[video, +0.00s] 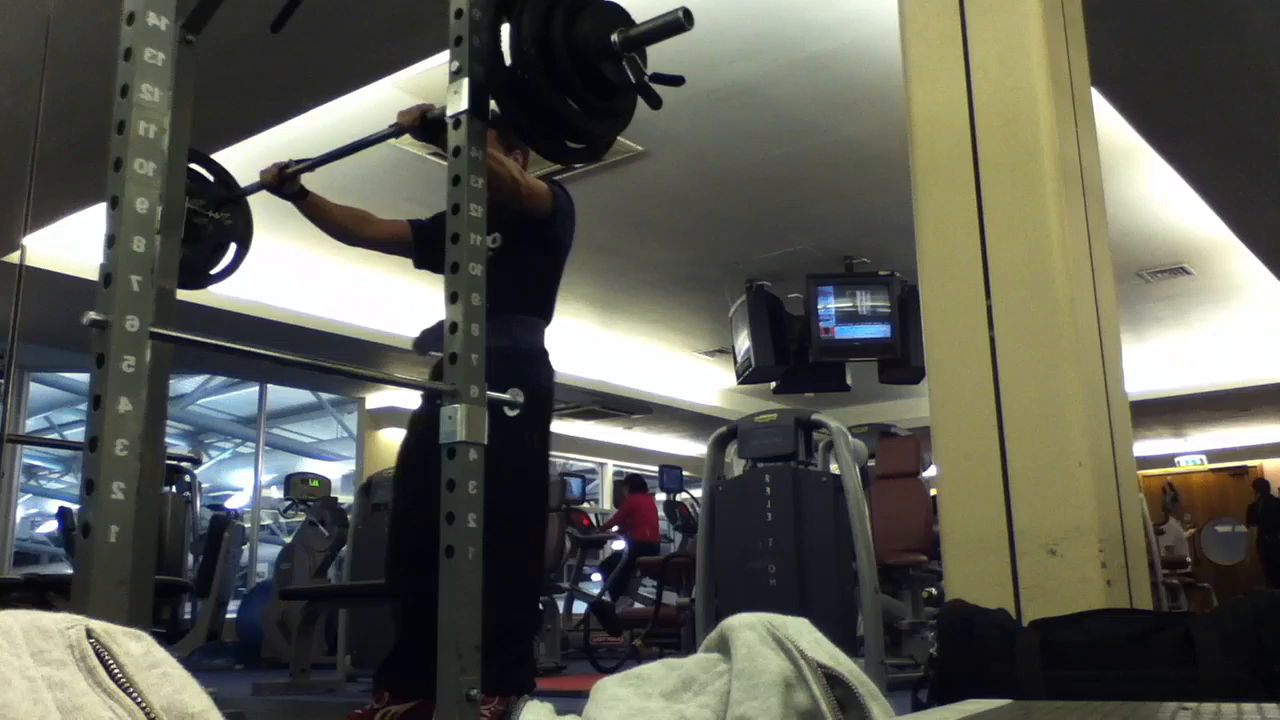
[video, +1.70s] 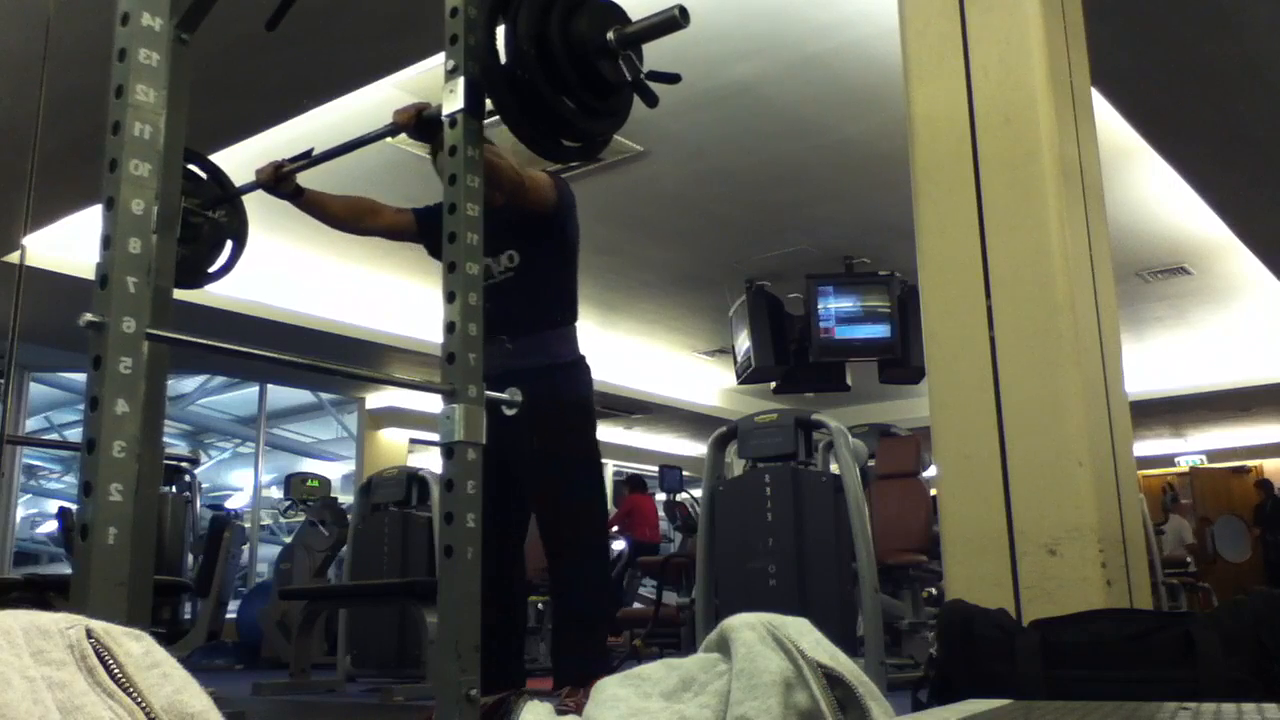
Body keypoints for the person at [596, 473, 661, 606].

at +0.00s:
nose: (624, 492)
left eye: (625, 488)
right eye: (624, 488)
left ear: (630, 488)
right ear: (644, 487)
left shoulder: (632, 500)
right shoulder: (650, 500)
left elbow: (616, 519)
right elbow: (637, 522)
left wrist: (601, 529)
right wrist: (619, 532)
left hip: (637, 546)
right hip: (654, 547)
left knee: (606, 566)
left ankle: (619, 599)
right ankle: (626, 598)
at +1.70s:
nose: (625, 491)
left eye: (626, 488)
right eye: (625, 488)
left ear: (631, 488)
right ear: (644, 487)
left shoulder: (631, 500)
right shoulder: (650, 500)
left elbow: (617, 518)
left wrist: (606, 527)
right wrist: (622, 529)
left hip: (637, 544)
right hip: (653, 544)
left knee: (618, 572)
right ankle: (629, 601)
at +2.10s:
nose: (624, 491)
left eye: (625, 488)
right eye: (624, 488)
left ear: (629, 487)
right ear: (642, 486)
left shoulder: (632, 500)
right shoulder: (649, 500)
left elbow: (620, 518)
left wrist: (608, 525)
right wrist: (620, 530)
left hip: (637, 545)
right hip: (654, 545)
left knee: (626, 577)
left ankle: (627, 607)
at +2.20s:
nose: (624, 491)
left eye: (625, 488)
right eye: (624, 488)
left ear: (630, 487)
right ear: (642, 486)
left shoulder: (632, 500)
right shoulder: (650, 500)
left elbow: (618, 518)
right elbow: (635, 522)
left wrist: (600, 529)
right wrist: (618, 532)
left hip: (637, 545)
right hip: (654, 545)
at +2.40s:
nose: (626, 491)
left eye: (627, 487)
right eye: (626, 487)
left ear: (631, 487)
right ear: (644, 487)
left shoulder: (631, 500)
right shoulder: (650, 501)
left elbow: (617, 517)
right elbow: (640, 521)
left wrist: (599, 529)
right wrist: (619, 530)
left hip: (636, 545)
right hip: (654, 546)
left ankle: (617, 603)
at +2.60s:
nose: (627, 491)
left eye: (628, 488)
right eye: (627, 488)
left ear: (631, 488)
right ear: (645, 487)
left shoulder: (631, 500)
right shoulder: (650, 501)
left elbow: (617, 518)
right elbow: (638, 522)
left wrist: (601, 528)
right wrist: (620, 530)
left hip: (636, 546)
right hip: (654, 547)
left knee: (611, 571)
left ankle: (617, 603)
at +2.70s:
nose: (626, 491)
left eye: (627, 488)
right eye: (626, 488)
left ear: (631, 487)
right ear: (644, 486)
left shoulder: (631, 500)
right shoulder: (650, 500)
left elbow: (617, 518)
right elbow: (636, 522)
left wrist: (601, 528)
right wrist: (618, 532)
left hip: (636, 545)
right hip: (654, 546)